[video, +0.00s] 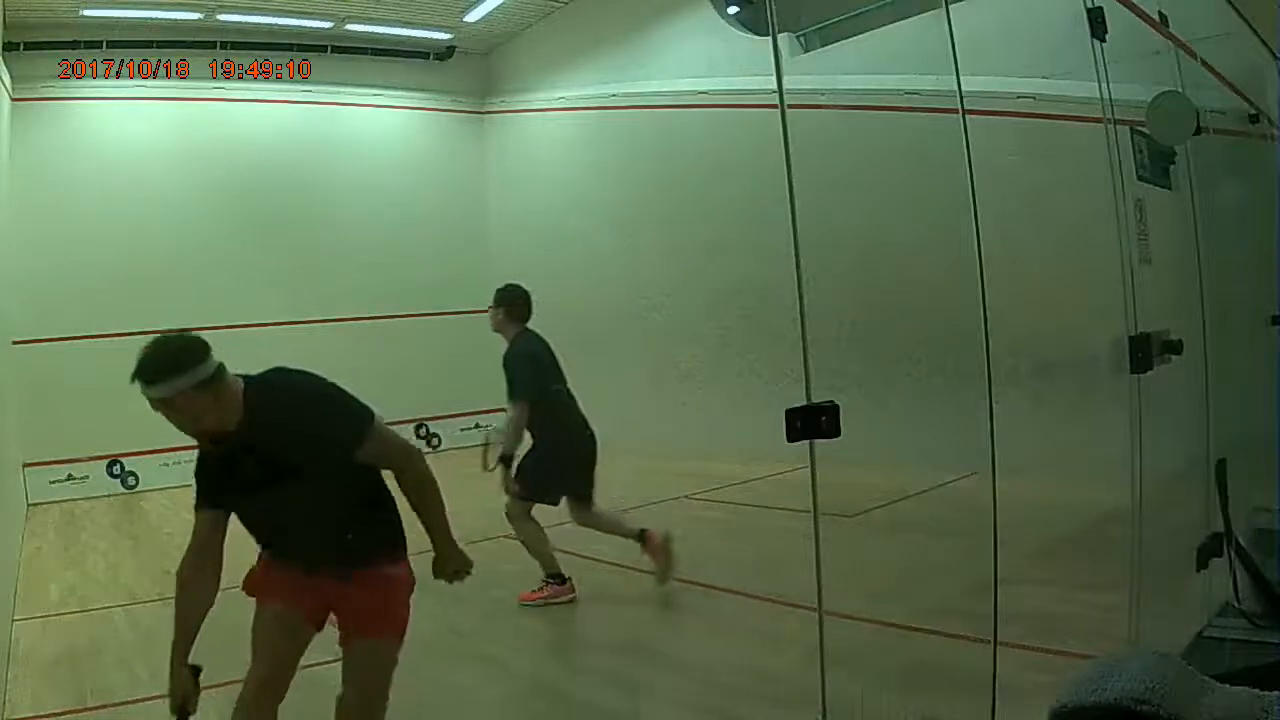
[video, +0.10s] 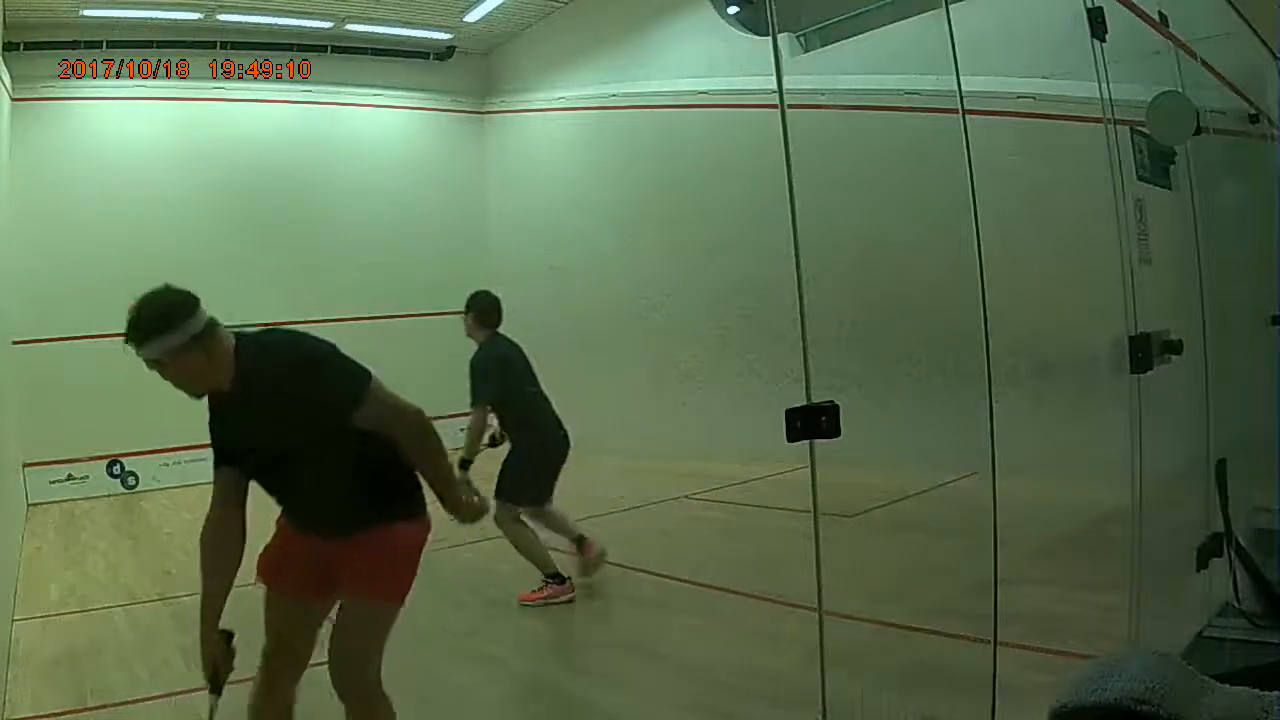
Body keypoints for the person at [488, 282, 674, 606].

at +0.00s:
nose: (489, 313)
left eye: (492, 308)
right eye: (491, 308)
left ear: (503, 314)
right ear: (520, 313)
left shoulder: (517, 353)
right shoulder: (535, 344)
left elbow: (519, 414)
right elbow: (541, 403)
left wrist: (506, 458)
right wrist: (504, 437)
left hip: (554, 446)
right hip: (581, 439)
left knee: (517, 511)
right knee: (582, 513)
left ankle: (557, 582)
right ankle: (646, 538)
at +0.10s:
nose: (464, 321)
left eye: (466, 316)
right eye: (466, 315)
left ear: (472, 319)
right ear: (495, 319)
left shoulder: (482, 359)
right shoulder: (508, 347)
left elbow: (478, 420)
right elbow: (522, 396)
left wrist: (465, 464)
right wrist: (503, 430)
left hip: (531, 445)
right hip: (554, 438)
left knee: (505, 516)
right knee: (536, 507)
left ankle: (556, 581)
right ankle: (584, 544)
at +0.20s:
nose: (431, 321)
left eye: (432, 316)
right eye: (434, 316)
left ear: (437, 319)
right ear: (462, 317)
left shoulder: (443, 356)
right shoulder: (478, 346)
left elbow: (442, 407)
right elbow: (505, 389)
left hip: (486, 444)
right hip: (512, 433)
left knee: (497, 514)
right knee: (479, 496)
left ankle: (550, 572)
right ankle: (484, 557)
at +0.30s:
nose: (410, 322)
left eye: (410, 318)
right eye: (415, 317)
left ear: (413, 319)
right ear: (440, 317)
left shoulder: (411, 356)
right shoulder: (458, 349)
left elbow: (410, 401)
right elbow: (484, 389)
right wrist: (468, 411)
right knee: (472, 498)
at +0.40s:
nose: (400, 335)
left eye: (400, 329)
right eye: (403, 330)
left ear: (398, 327)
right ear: (421, 329)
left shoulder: (387, 360)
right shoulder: (433, 358)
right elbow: (462, 404)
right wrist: (447, 431)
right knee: (462, 493)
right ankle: (490, 545)